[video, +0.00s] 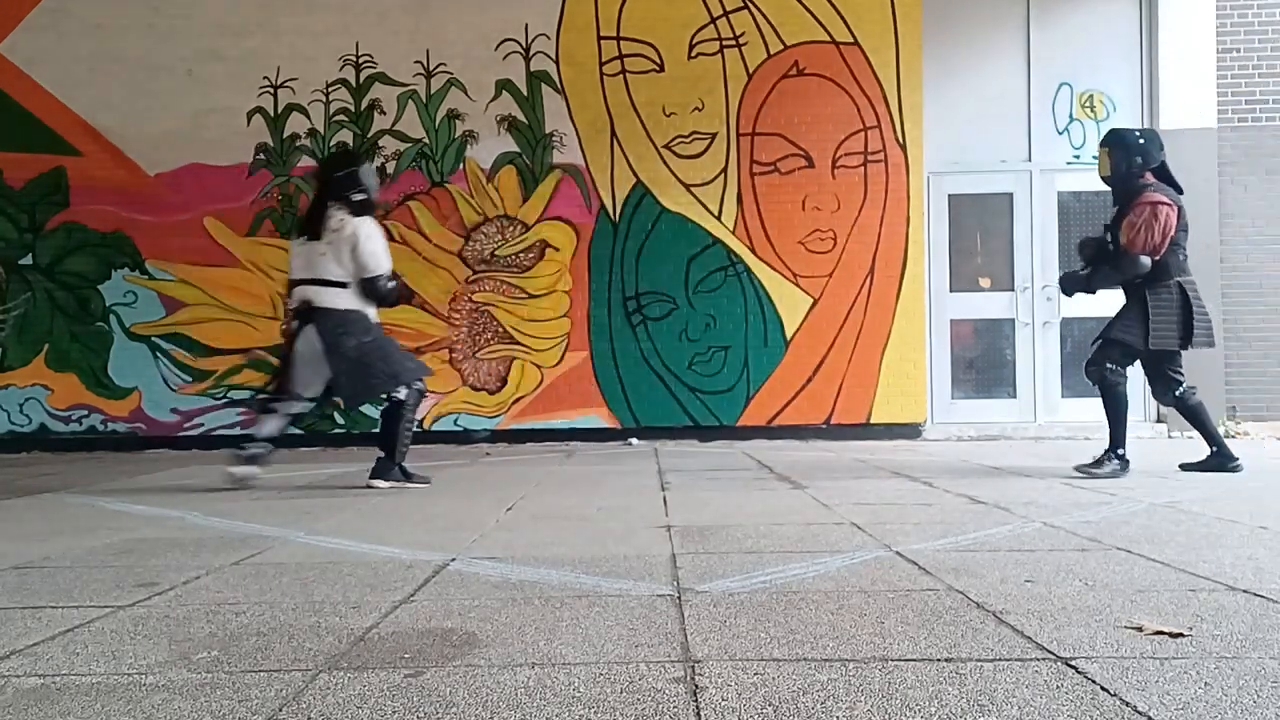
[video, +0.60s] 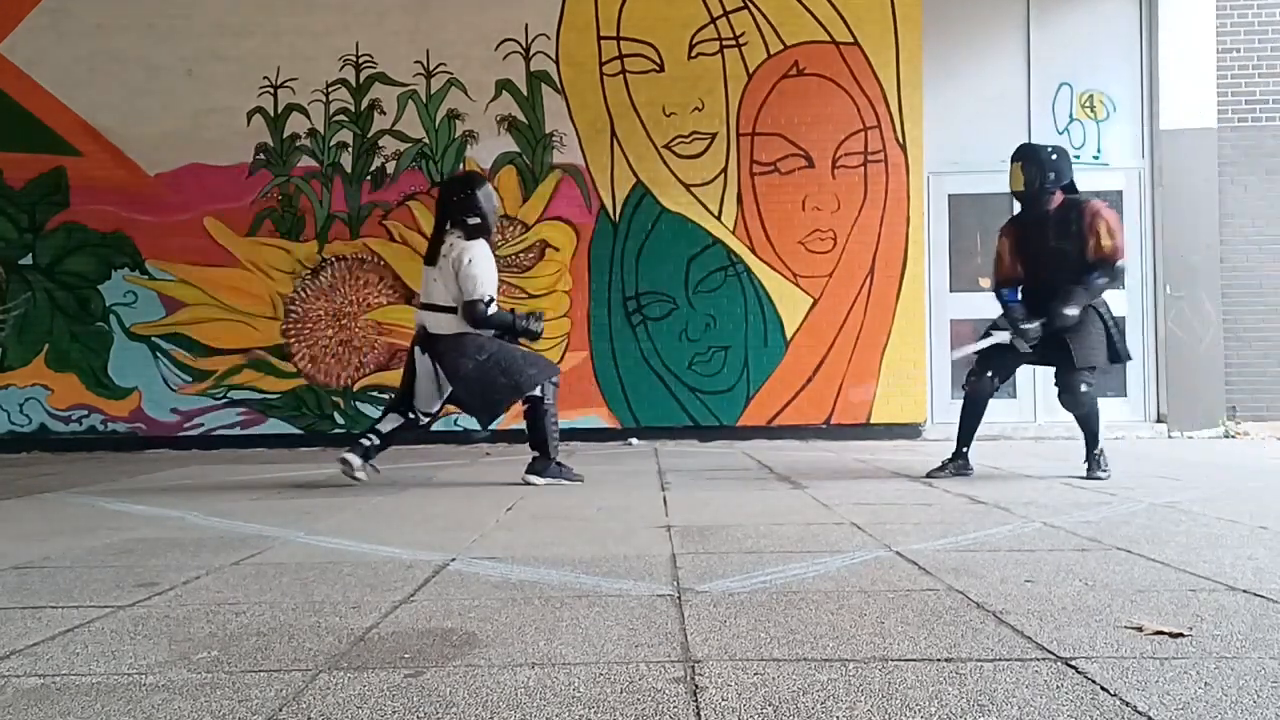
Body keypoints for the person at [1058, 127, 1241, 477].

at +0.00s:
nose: (1104, 166)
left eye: (1110, 158)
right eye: (1104, 158)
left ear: (1135, 161)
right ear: (1139, 162)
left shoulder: (1151, 203)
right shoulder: (1140, 198)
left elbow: (1135, 264)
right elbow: (1131, 250)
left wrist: (1085, 280)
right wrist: (1101, 252)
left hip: (1158, 299)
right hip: (1160, 298)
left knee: (1106, 365)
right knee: (1170, 386)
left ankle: (1116, 455)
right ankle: (1222, 452)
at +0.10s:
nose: (1093, 166)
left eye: (1100, 158)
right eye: (1094, 158)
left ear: (1125, 162)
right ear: (1125, 164)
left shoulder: (1146, 206)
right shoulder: (1121, 202)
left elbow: (1132, 265)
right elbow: (1113, 259)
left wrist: (1074, 280)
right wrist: (1080, 260)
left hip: (1152, 303)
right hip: (1145, 302)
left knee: (1102, 369)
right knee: (1167, 385)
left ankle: (1114, 458)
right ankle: (1222, 452)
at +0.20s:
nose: (1081, 166)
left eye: (1088, 158)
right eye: (1081, 158)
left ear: (1113, 162)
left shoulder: (1139, 202)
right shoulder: (1100, 208)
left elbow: (1139, 265)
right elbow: (1086, 265)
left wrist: (1082, 283)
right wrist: (1047, 270)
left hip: (1137, 299)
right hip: (1120, 299)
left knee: (1090, 375)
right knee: (1140, 390)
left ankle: (1114, 459)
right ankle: (1209, 440)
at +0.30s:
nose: (1068, 167)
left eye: (1075, 159)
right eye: (1067, 159)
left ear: (1099, 160)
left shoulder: (1132, 200)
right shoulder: (1075, 211)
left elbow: (1148, 257)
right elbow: (1063, 260)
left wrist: (1102, 281)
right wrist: (1046, 288)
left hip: (1123, 299)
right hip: (1090, 302)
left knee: (1089, 378)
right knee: (1077, 383)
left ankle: (1115, 459)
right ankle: (1150, 421)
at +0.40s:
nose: (1048, 170)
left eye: (1055, 162)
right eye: (1048, 162)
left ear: (1079, 164)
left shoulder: (1121, 201)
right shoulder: (1053, 219)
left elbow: (1146, 252)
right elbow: (1050, 271)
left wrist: (1107, 287)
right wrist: (1049, 303)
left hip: (1110, 304)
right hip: (1071, 307)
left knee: (1089, 383)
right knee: (1018, 366)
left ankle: (1112, 459)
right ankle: (1053, 434)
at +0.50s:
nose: (1033, 177)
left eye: (1040, 168)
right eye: (1031, 169)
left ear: (1065, 169)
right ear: (1033, 172)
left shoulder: (1107, 206)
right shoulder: (1032, 223)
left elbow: (1134, 253)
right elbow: (1031, 277)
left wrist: (1098, 289)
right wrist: (1039, 312)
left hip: (1095, 308)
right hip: (1051, 309)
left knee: (1083, 386)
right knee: (996, 369)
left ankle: (1100, 457)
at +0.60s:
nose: (1020, 184)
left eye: (1028, 175)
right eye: (1019, 176)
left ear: (1052, 178)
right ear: (1018, 179)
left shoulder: (1093, 215)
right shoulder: (1014, 229)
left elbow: (1108, 271)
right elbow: (1006, 287)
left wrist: (1075, 301)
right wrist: (1019, 322)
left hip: (1079, 312)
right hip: (1031, 313)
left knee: (1076, 389)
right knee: (982, 375)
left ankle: (1094, 453)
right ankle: (960, 456)